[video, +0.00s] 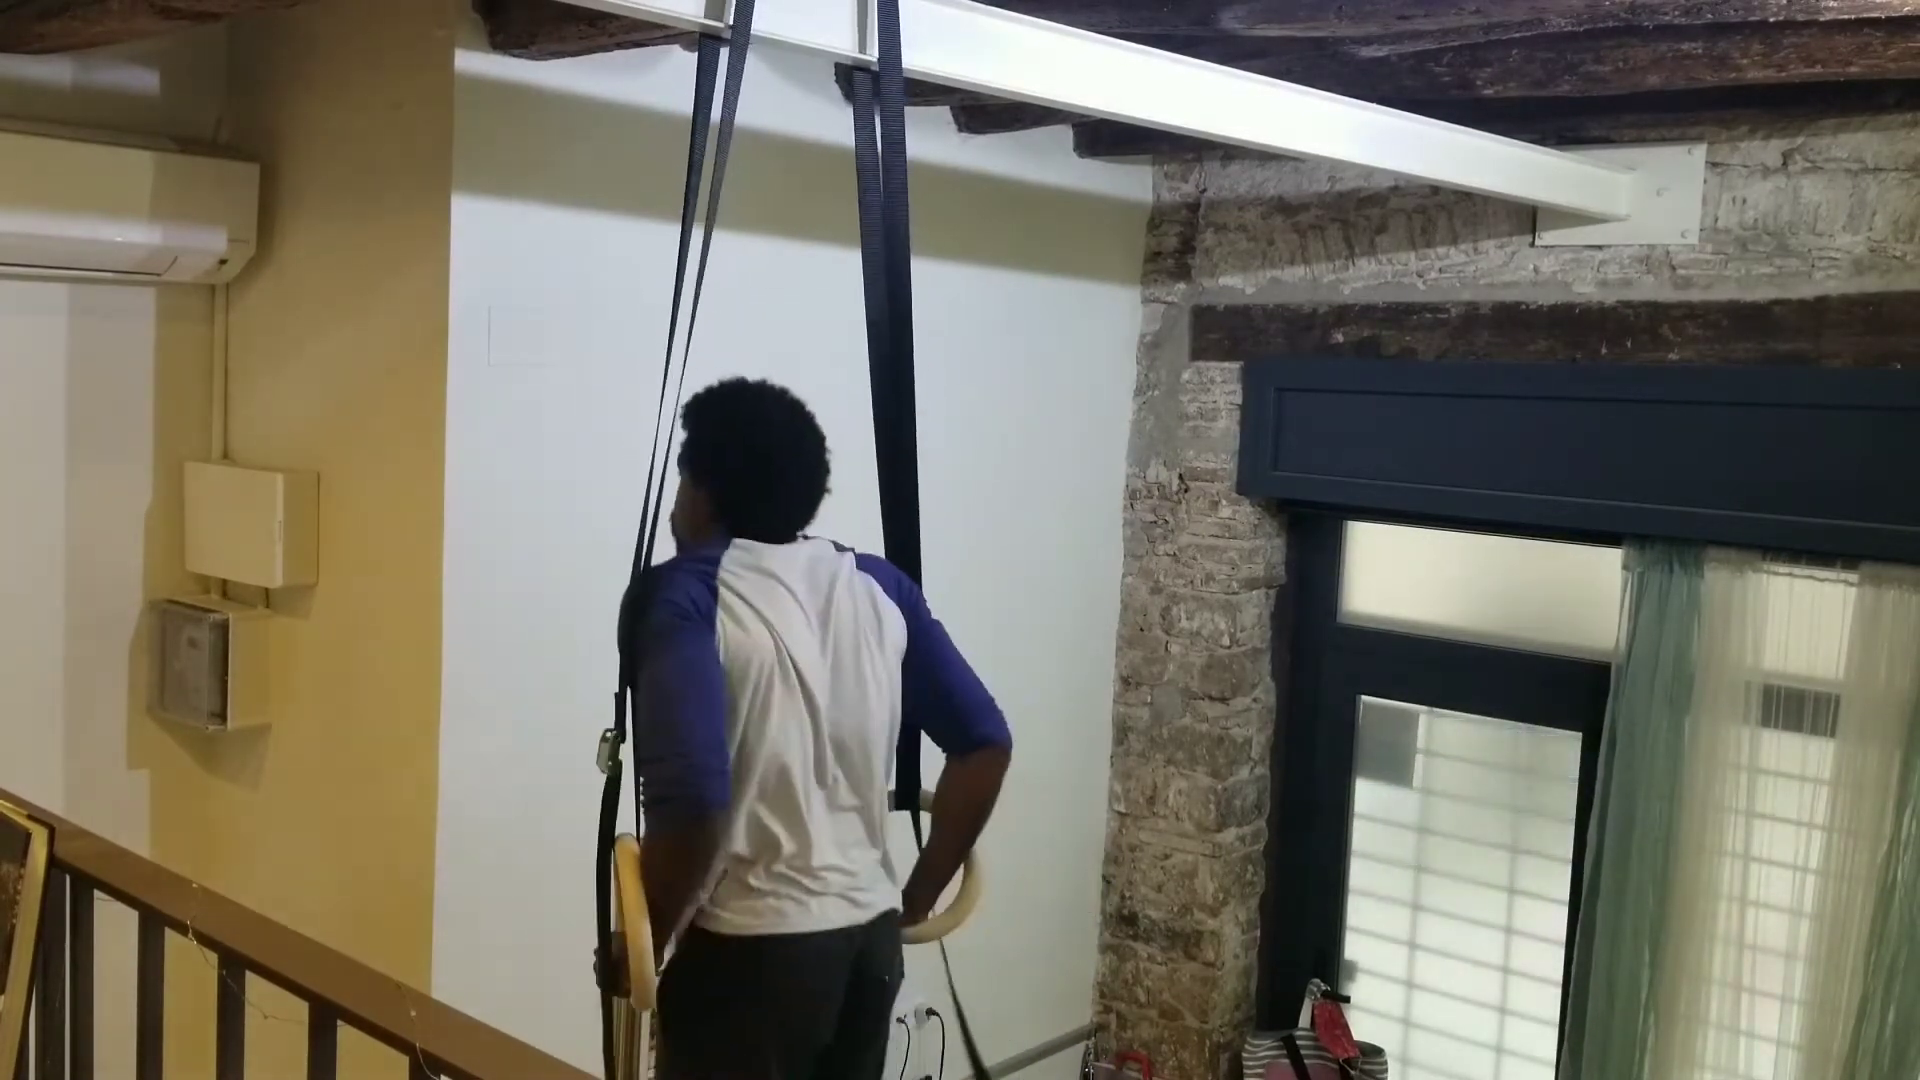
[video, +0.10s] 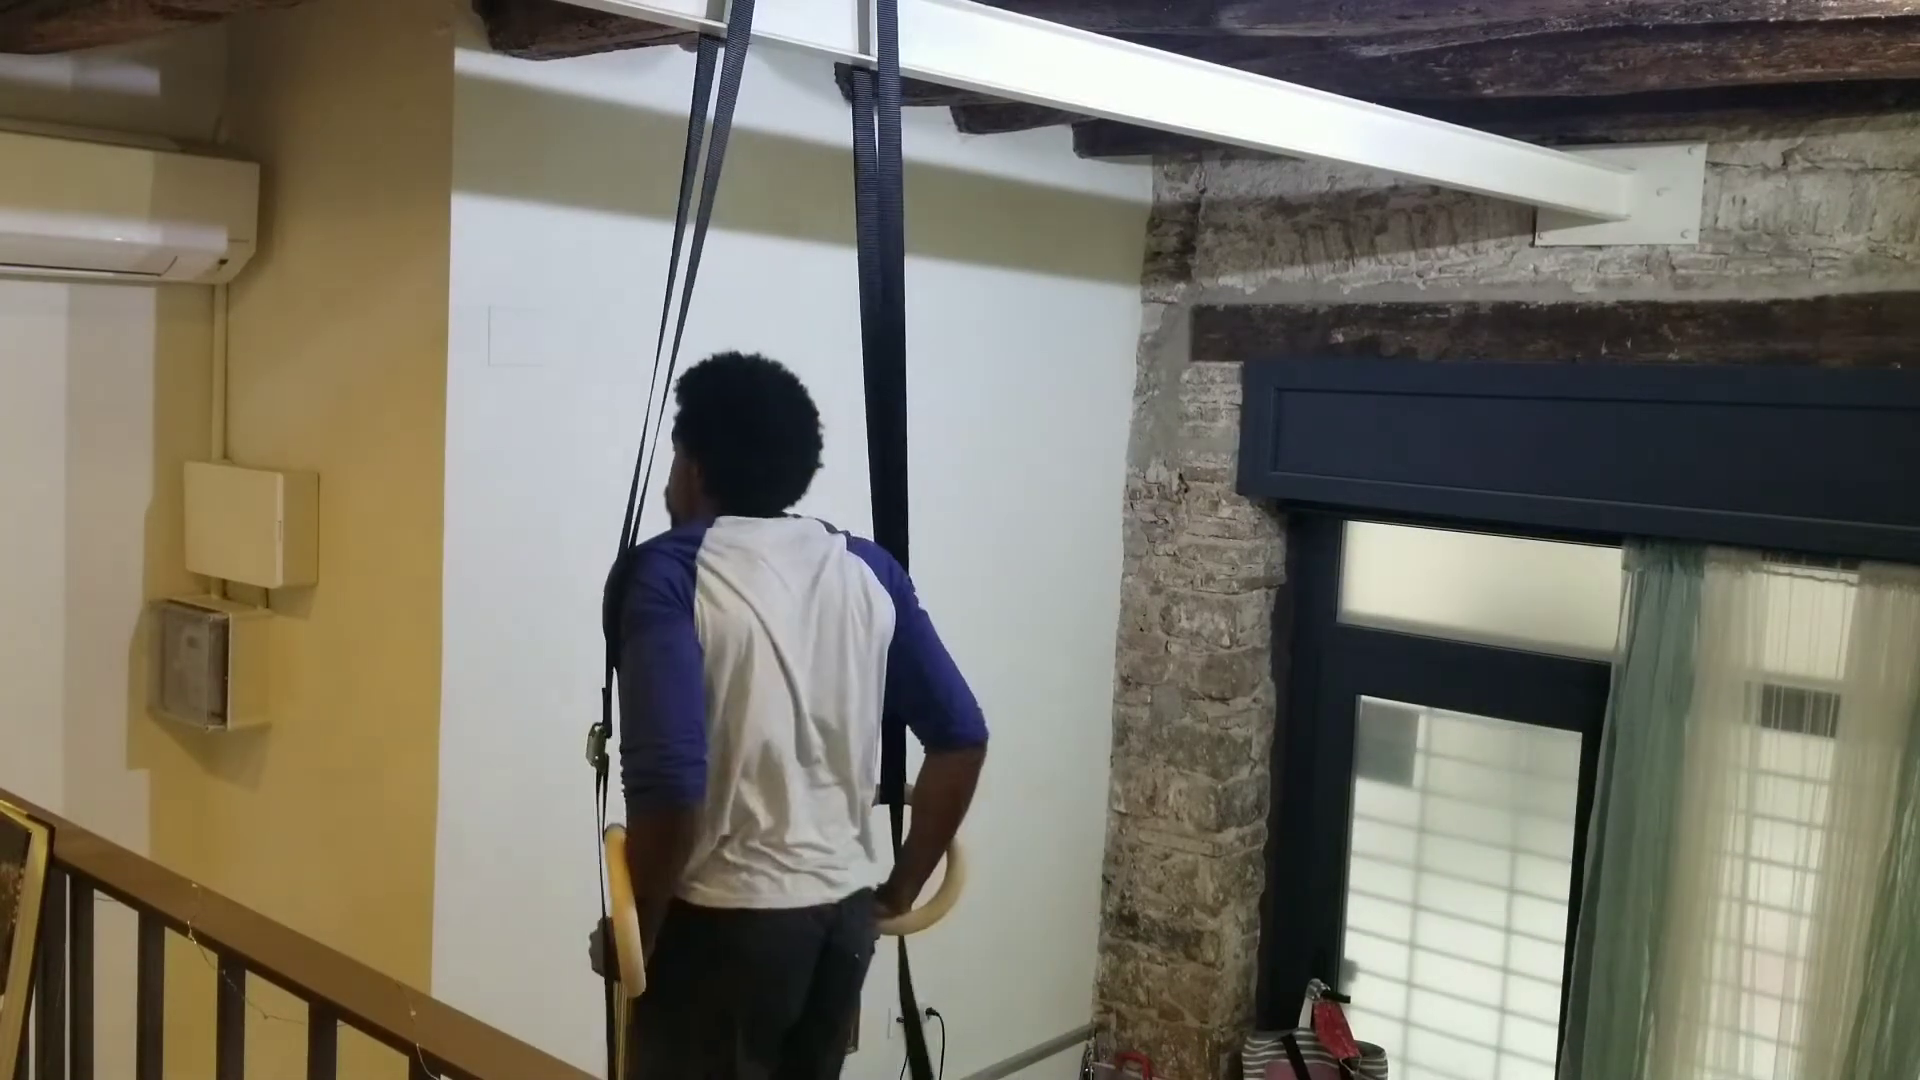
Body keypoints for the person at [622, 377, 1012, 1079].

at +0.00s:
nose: (675, 496)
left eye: (684, 474)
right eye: (683, 473)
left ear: (708, 489)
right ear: (799, 489)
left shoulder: (686, 594)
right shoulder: (880, 584)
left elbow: (694, 800)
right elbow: (983, 743)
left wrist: (639, 946)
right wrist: (920, 893)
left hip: (745, 970)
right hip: (869, 961)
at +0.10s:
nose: (668, 475)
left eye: (674, 452)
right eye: (673, 451)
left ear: (694, 468)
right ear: (793, 468)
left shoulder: (669, 568)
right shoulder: (870, 568)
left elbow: (671, 783)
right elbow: (960, 736)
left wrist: (627, 930)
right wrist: (905, 884)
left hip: (723, 940)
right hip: (844, 940)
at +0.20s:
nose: (666, 454)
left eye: (672, 434)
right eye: (672, 431)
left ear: (688, 448)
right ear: (787, 449)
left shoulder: (662, 555)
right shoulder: (860, 558)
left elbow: (658, 780)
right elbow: (938, 733)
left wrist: (610, 916)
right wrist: (884, 881)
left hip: (698, 920)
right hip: (818, 923)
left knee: (669, 1068)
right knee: (765, 1070)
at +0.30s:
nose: (659, 441)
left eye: (664, 419)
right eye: (664, 418)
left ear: (680, 434)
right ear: (777, 437)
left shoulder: (652, 543)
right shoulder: (851, 548)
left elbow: (648, 769)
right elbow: (919, 727)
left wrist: (599, 907)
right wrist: (867, 874)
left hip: (684, 906)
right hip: (798, 905)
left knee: (636, 1068)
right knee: (729, 1068)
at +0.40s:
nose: (653, 429)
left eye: (657, 407)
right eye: (659, 405)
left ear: (671, 422)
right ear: (770, 423)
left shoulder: (650, 533)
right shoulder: (842, 536)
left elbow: (644, 773)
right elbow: (899, 720)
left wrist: (589, 899)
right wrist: (854, 859)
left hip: (672, 885)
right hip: (785, 883)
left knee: (599, 1067)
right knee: (686, 1067)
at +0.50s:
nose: (648, 411)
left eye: (653, 391)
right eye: (653, 390)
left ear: (670, 408)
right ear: (767, 408)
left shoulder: (647, 521)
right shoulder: (839, 522)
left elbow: (641, 757)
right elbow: (883, 709)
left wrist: (588, 894)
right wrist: (850, 838)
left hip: (672, 864)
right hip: (776, 867)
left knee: (573, 1062)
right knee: (649, 1063)